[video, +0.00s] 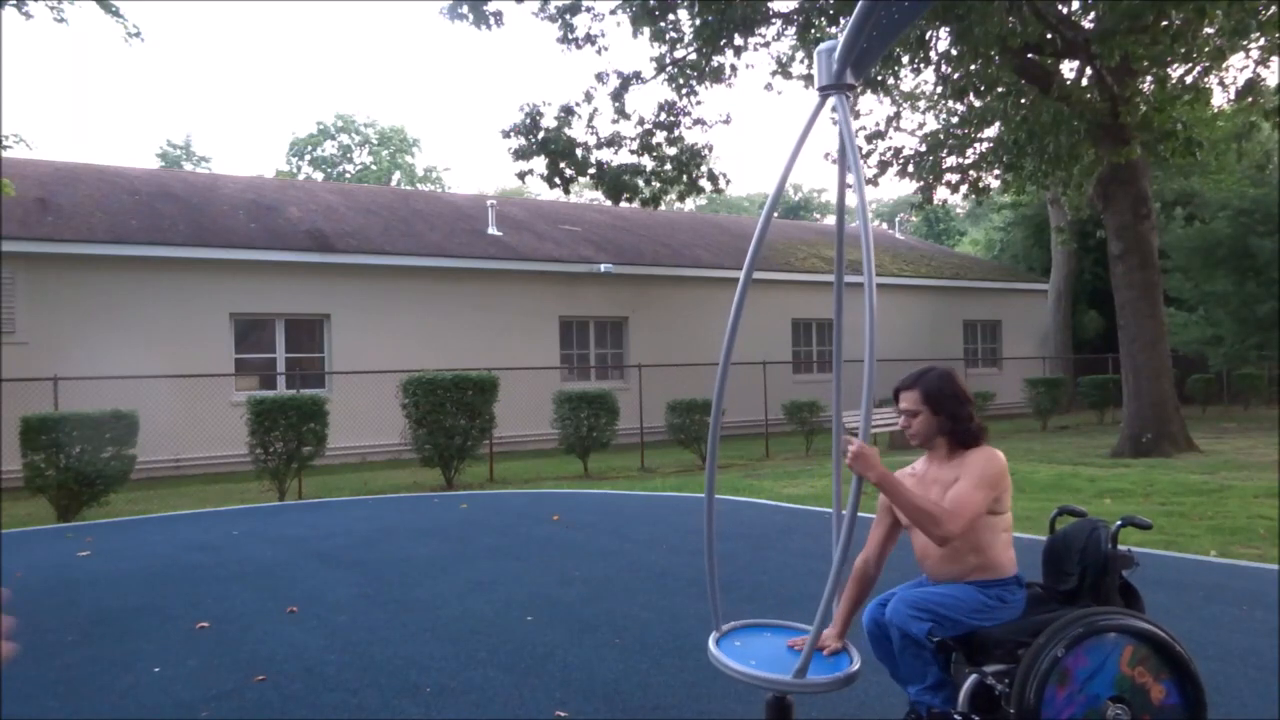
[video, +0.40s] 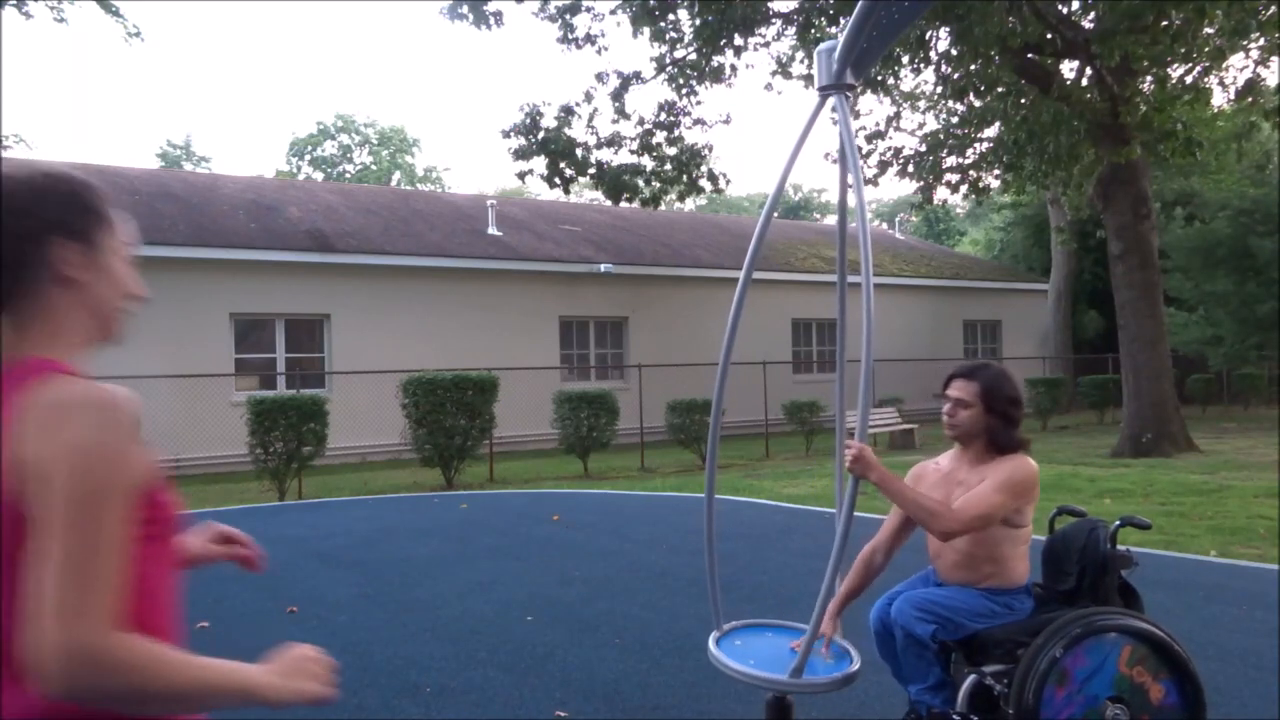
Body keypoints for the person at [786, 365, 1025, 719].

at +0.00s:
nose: (903, 424)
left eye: (912, 415)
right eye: (901, 415)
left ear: (943, 414)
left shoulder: (987, 462)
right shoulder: (901, 478)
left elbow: (946, 527)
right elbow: (869, 562)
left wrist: (880, 474)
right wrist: (837, 630)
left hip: (993, 590)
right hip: (937, 586)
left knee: (903, 613)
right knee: (877, 618)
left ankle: (940, 707)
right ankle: (926, 702)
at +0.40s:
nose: (947, 411)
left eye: (961, 404)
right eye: (946, 401)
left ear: (994, 413)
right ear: (942, 403)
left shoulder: (1018, 470)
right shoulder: (925, 471)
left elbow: (946, 523)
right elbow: (878, 551)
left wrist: (876, 473)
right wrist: (833, 610)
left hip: (997, 595)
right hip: (940, 583)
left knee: (908, 614)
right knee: (882, 617)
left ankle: (937, 706)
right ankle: (923, 701)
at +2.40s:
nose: (966, 428)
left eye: (976, 422)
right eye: (966, 418)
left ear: (1012, 424)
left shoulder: (1048, 475)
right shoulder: (967, 464)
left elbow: (961, 507)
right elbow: (914, 519)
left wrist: (880, 468)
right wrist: (879, 474)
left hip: (1016, 599)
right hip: (957, 578)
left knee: (929, 618)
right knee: (891, 604)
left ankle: (927, 712)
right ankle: (801, 638)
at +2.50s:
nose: (964, 429)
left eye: (974, 422)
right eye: (964, 419)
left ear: (1010, 424)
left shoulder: (1046, 474)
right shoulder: (965, 463)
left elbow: (963, 510)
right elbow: (901, 508)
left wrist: (879, 467)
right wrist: (863, 457)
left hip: (1013, 599)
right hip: (956, 578)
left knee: (928, 620)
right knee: (888, 602)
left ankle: (927, 713)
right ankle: (800, 633)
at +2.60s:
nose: (960, 427)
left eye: (970, 420)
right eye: (960, 418)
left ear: (1005, 423)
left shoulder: (1042, 474)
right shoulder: (961, 464)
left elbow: (969, 520)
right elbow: (902, 511)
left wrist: (879, 476)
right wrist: (858, 460)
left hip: (1014, 599)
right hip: (956, 580)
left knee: (927, 620)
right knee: (888, 599)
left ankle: (926, 712)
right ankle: (800, 634)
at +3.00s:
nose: (947, 418)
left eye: (955, 410)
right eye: (948, 409)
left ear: (987, 414)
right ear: (973, 415)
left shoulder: (1026, 480)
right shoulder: (957, 469)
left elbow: (992, 574)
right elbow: (898, 511)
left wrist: (944, 647)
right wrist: (863, 456)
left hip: (1014, 601)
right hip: (957, 582)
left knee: (924, 620)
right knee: (887, 599)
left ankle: (928, 712)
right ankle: (795, 636)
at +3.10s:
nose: (948, 415)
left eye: (956, 407)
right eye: (950, 406)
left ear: (988, 412)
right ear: (976, 413)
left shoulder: (1025, 479)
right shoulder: (959, 469)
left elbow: (988, 573)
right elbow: (898, 511)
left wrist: (941, 646)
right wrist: (863, 457)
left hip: (1013, 600)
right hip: (957, 582)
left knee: (922, 622)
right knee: (887, 598)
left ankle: (927, 712)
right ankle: (795, 635)